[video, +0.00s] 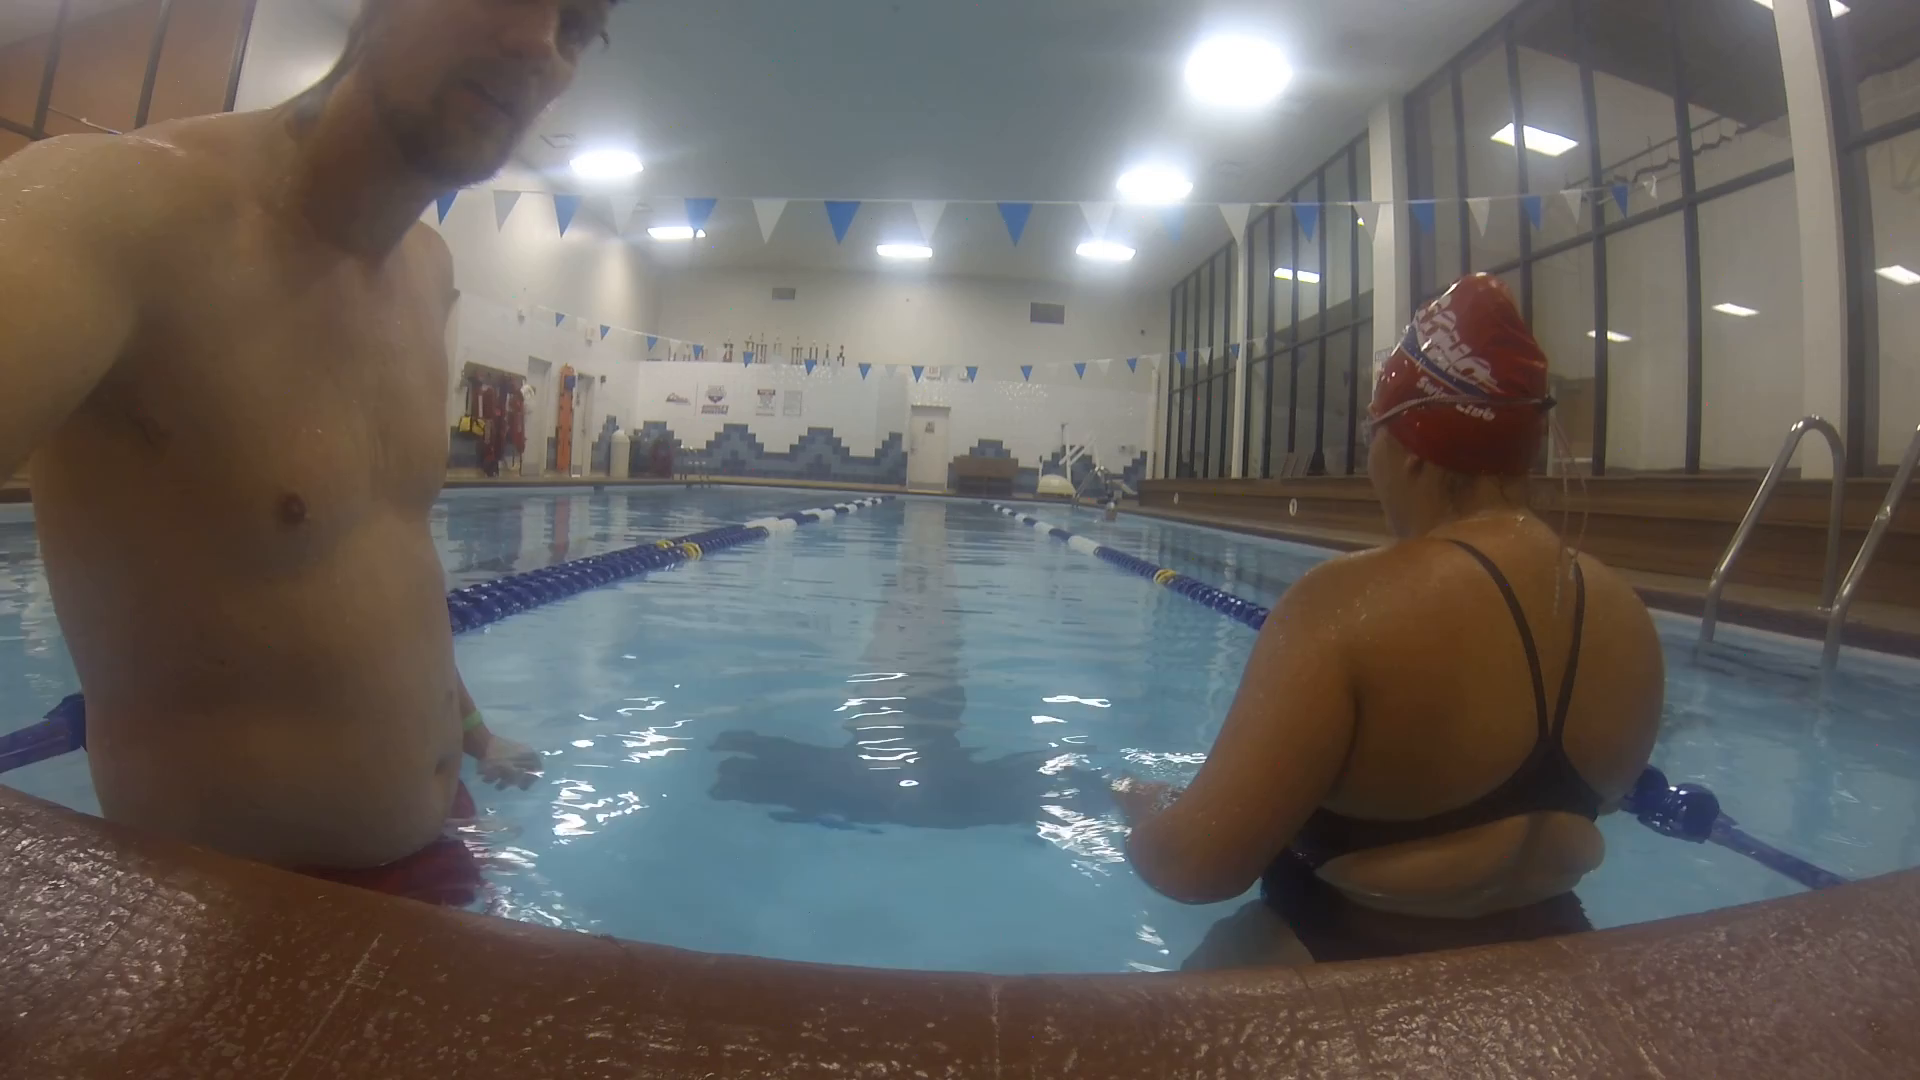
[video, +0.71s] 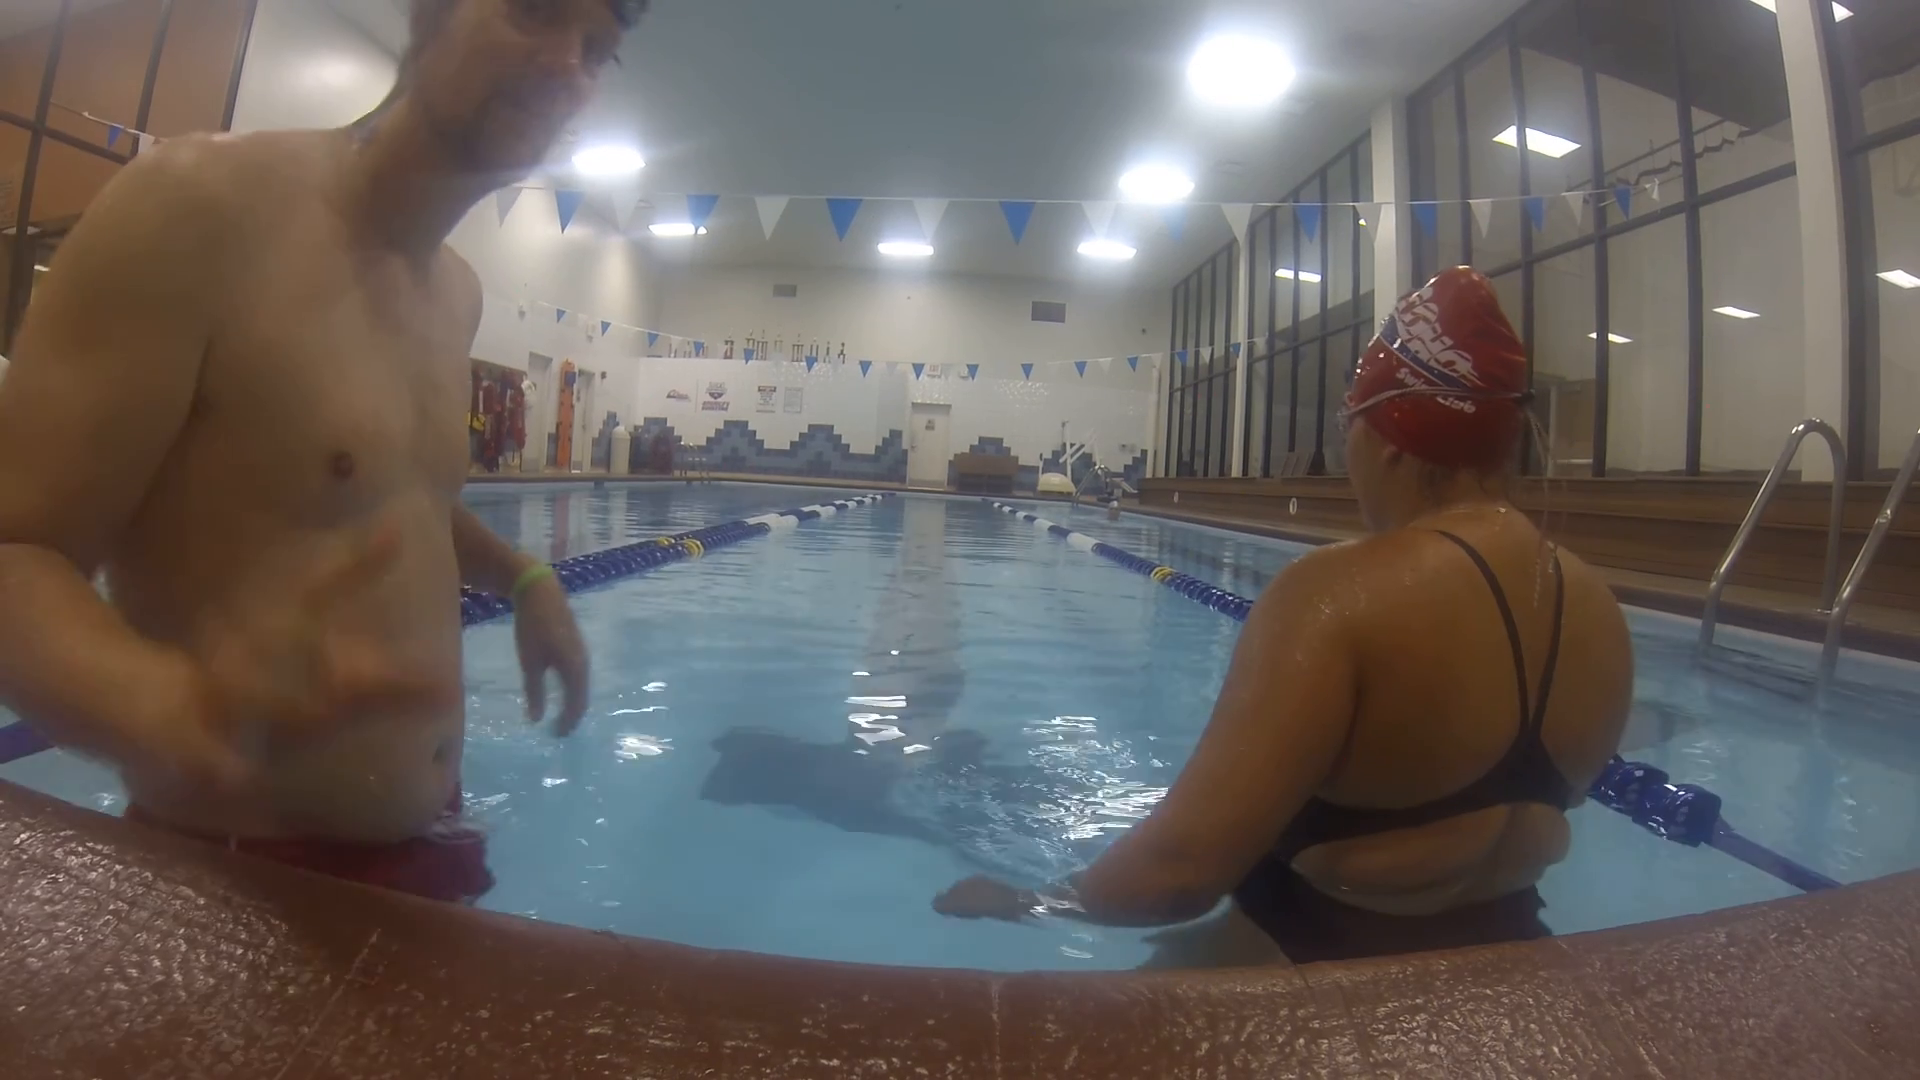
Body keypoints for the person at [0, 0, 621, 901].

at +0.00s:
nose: (540, 45)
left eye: (576, 29)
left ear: (576, 73)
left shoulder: (425, 262)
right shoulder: (104, 212)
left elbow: (379, 554)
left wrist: (467, 726)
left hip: (432, 871)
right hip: (226, 910)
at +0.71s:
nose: (565, 68)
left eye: (596, 49)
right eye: (533, 15)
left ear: (602, 83)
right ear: (427, 12)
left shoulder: (454, 290)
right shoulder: (196, 207)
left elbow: (396, 499)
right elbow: (19, 550)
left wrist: (521, 576)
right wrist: (171, 704)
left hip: (420, 866)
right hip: (227, 878)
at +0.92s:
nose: (527, 80)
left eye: (557, 58)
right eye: (494, 28)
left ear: (564, 93)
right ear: (396, 30)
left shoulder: (454, 295)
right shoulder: (200, 226)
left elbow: (413, 505)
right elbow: (18, 588)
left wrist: (527, 579)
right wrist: (181, 546)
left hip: (438, 837)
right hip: (251, 848)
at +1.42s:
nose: (533, 196)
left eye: (559, 181)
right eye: (505, 162)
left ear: (567, 213)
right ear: (438, 173)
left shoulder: (510, 377)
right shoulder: (296, 327)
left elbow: (508, 536)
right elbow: (168, 584)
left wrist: (545, 621)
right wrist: (292, 556)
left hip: (474, 783)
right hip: (337, 783)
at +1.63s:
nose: (577, 233)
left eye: (599, 218)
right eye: (557, 198)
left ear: (606, 242)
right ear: (493, 190)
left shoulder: (534, 389)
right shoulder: (341, 309)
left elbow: (521, 554)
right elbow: (174, 473)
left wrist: (543, 618)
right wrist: (316, 454)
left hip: (466, 758)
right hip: (331, 751)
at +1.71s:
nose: (600, 271)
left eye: (621, 262)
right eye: (584, 234)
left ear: (627, 277)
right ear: (522, 218)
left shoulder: (545, 407)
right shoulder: (356, 311)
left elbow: (523, 565)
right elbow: (172, 456)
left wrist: (541, 621)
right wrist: (340, 443)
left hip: (463, 744)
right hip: (323, 740)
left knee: (488, 843)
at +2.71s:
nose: (636, 314)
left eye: (654, 303)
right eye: (625, 277)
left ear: (654, 323)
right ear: (559, 258)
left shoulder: (568, 448)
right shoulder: (387, 345)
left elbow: (531, 590)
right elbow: (195, 501)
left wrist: (543, 631)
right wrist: (391, 535)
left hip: (460, 738)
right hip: (318, 735)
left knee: (506, 839)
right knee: (355, 931)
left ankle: (426, 904)